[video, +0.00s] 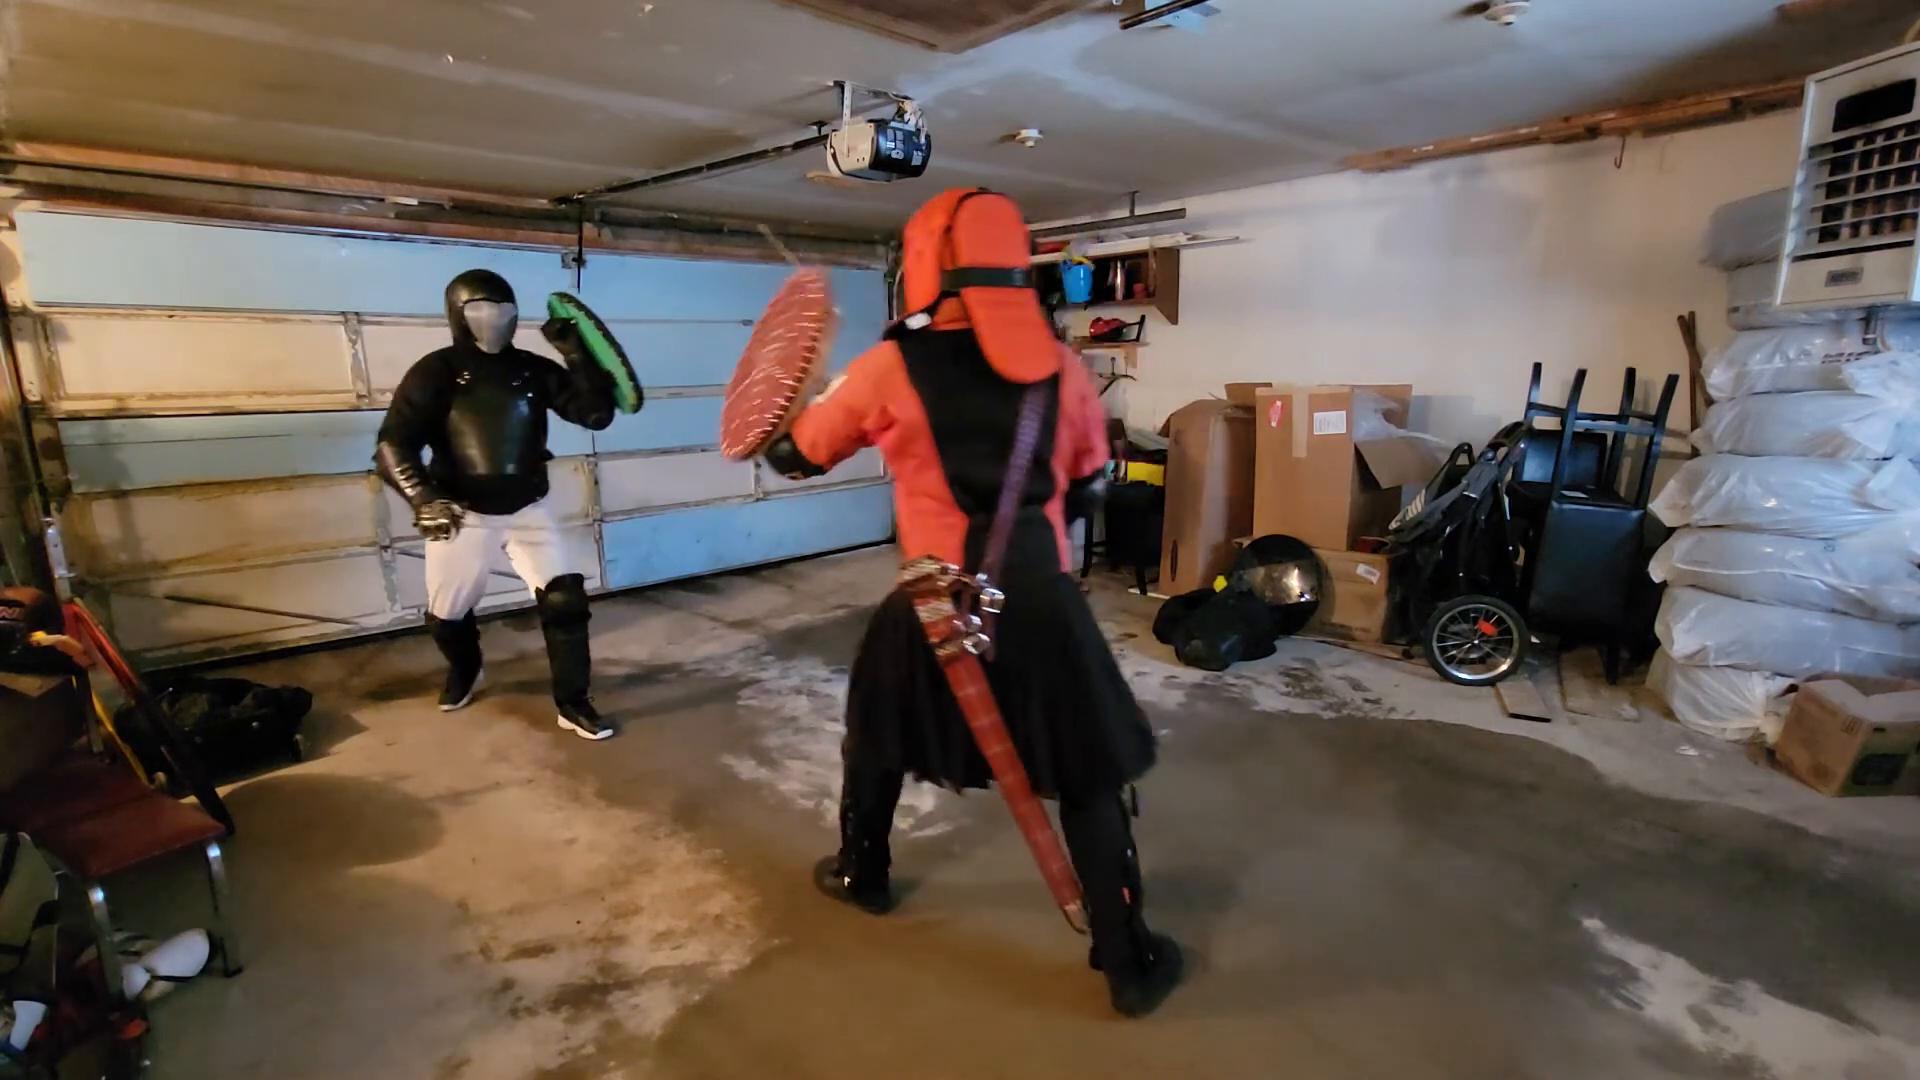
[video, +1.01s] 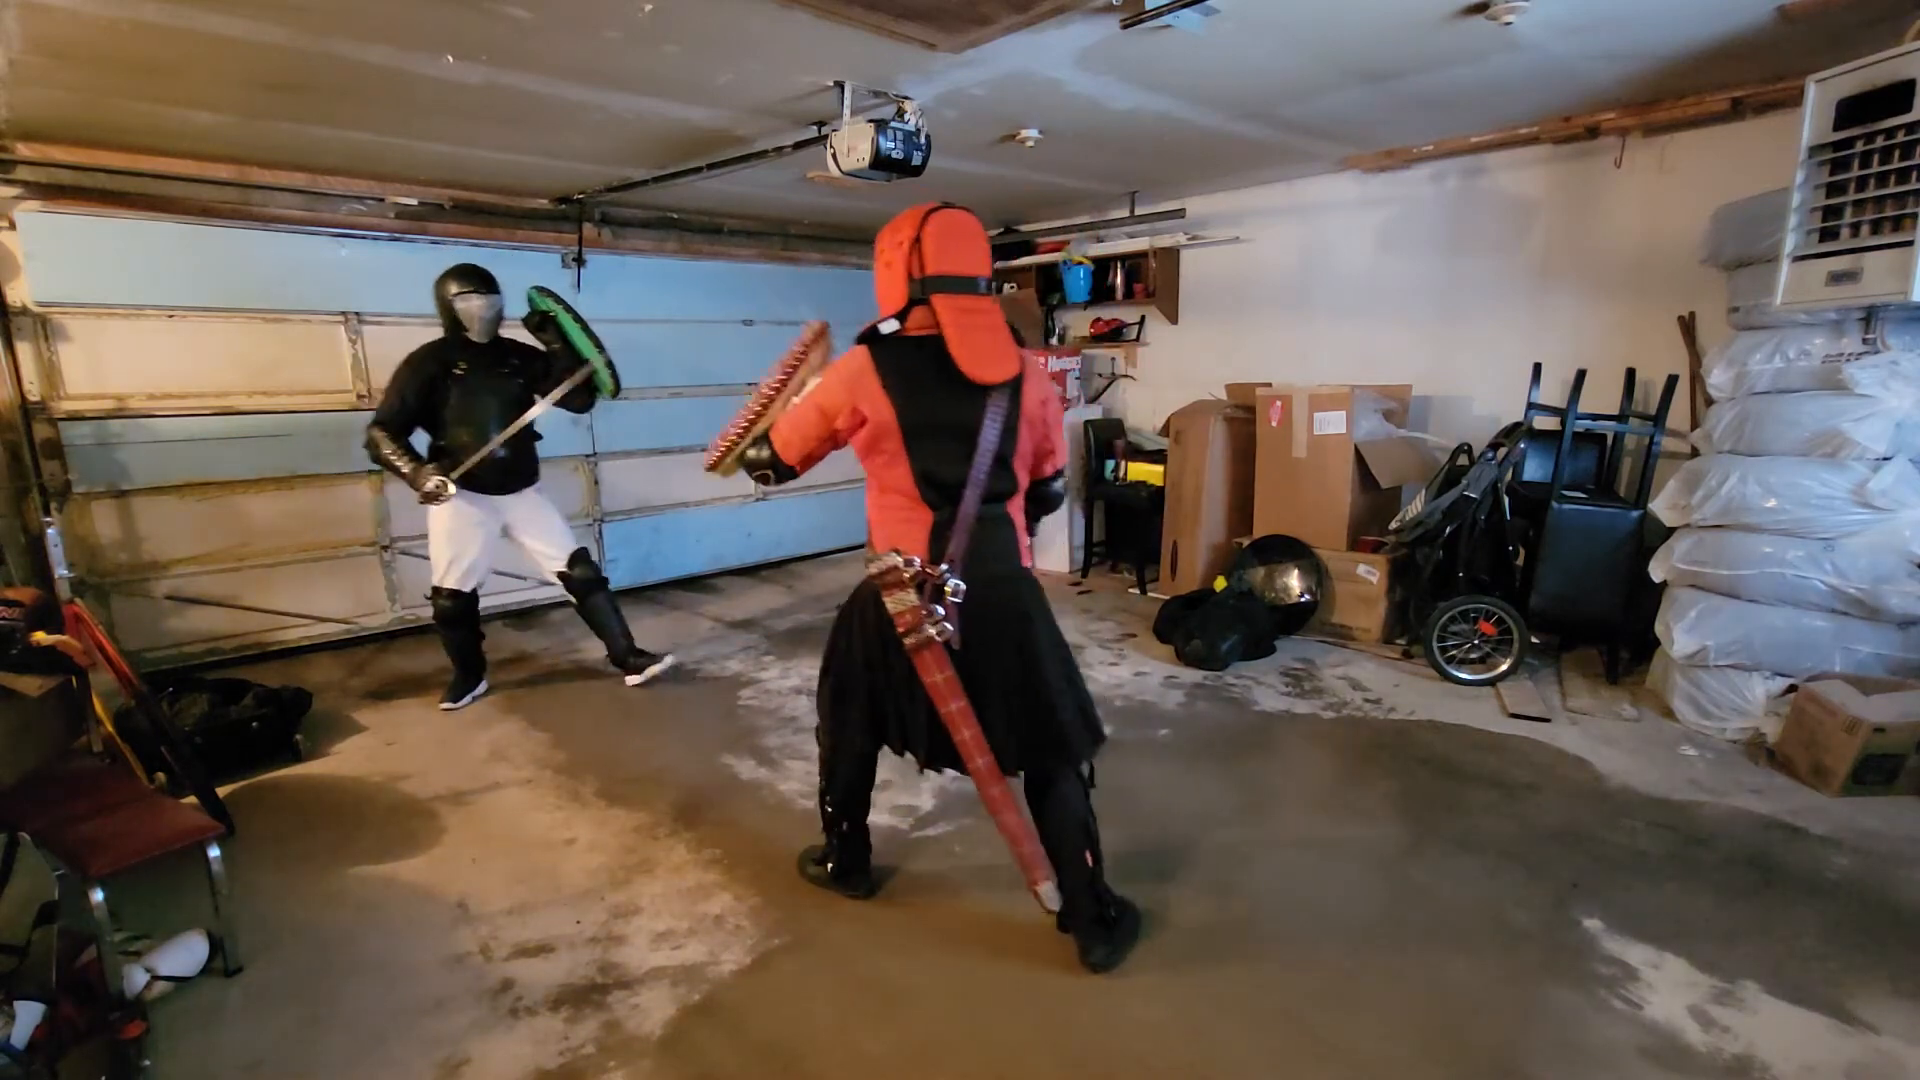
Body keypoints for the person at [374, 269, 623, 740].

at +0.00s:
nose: (497, 316)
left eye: (503, 305)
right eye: (483, 306)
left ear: (514, 311)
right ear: (460, 315)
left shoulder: (536, 371)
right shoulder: (436, 373)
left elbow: (597, 412)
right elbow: (393, 445)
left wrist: (575, 353)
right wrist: (422, 499)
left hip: (529, 514)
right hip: (460, 516)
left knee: (566, 600)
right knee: (446, 616)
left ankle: (572, 702)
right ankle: (465, 668)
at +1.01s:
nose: (488, 307)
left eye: (492, 297)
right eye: (475, 299)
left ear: (500, 301)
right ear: (452, 307)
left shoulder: (520, 356)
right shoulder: (428, 364)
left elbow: (581, 398)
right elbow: (382, 434)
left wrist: (557, 342)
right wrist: (416, 473)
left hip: (522, 493)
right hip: (458, 497)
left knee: (580, 573)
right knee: (451, 601)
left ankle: (628, 658)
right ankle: (468, 676)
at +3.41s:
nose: (640, 307)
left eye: (640, 297)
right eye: (630, 297)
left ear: (631, 307)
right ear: (599, 303)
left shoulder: (646, 364)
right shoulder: (563, 363)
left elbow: (692, 421)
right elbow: (531, 441)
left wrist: (696, 373)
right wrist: (582, 487)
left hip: (637, 497)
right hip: (574, 498)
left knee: (680, 575)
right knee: (551, 598)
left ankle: (686, 677)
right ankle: (553, 662)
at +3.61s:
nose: (635, 307)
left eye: (636, 298)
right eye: (625, 297)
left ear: (634, 305)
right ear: (594, 302)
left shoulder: (644, 363)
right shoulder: (558, 363)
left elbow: (689, 420)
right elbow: (524, 440)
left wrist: (698, 378)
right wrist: (578, 477)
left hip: (637, 497)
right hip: (574, 500)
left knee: (680, 577)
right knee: (552, 598)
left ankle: (686, 677)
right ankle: (554, 662)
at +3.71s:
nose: (634, 302)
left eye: (636, 293)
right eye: (624, 293)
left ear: (639, 301)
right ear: (594, 300)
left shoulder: (649, 363)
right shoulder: (561, 362)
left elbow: (691, 421)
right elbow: (528, 439)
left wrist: (698, 372)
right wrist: (585, 471)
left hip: (639, 495)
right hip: (577, 496)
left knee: (682, 575)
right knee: (555, 596)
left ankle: (687, 677)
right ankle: (555, 662)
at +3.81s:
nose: (643, 307)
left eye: (644, 298)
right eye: (633, 298)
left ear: (643, 304)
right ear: (603, 302)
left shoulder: (652, 362)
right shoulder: (570, 362)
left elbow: (694, 420)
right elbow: (547, 440)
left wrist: (695, 365)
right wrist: (603, 457)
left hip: (640, 494)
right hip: (581, 493)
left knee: (681, 576)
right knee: (558, 594)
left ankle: (686, 678)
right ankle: (556, 662)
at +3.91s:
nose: (649, 310)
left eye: (649, 301)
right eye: (640, 301)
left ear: (636, 308)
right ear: (610, 304)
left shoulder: (655, 363)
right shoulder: (583, 358)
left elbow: (688, 403)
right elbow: (595, 416)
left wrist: (693, 353)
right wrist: (656, 427)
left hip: (640, 492)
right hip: (584, 490)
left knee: (682, 573)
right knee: (561, 589)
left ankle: (686, 677)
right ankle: (558, 663)